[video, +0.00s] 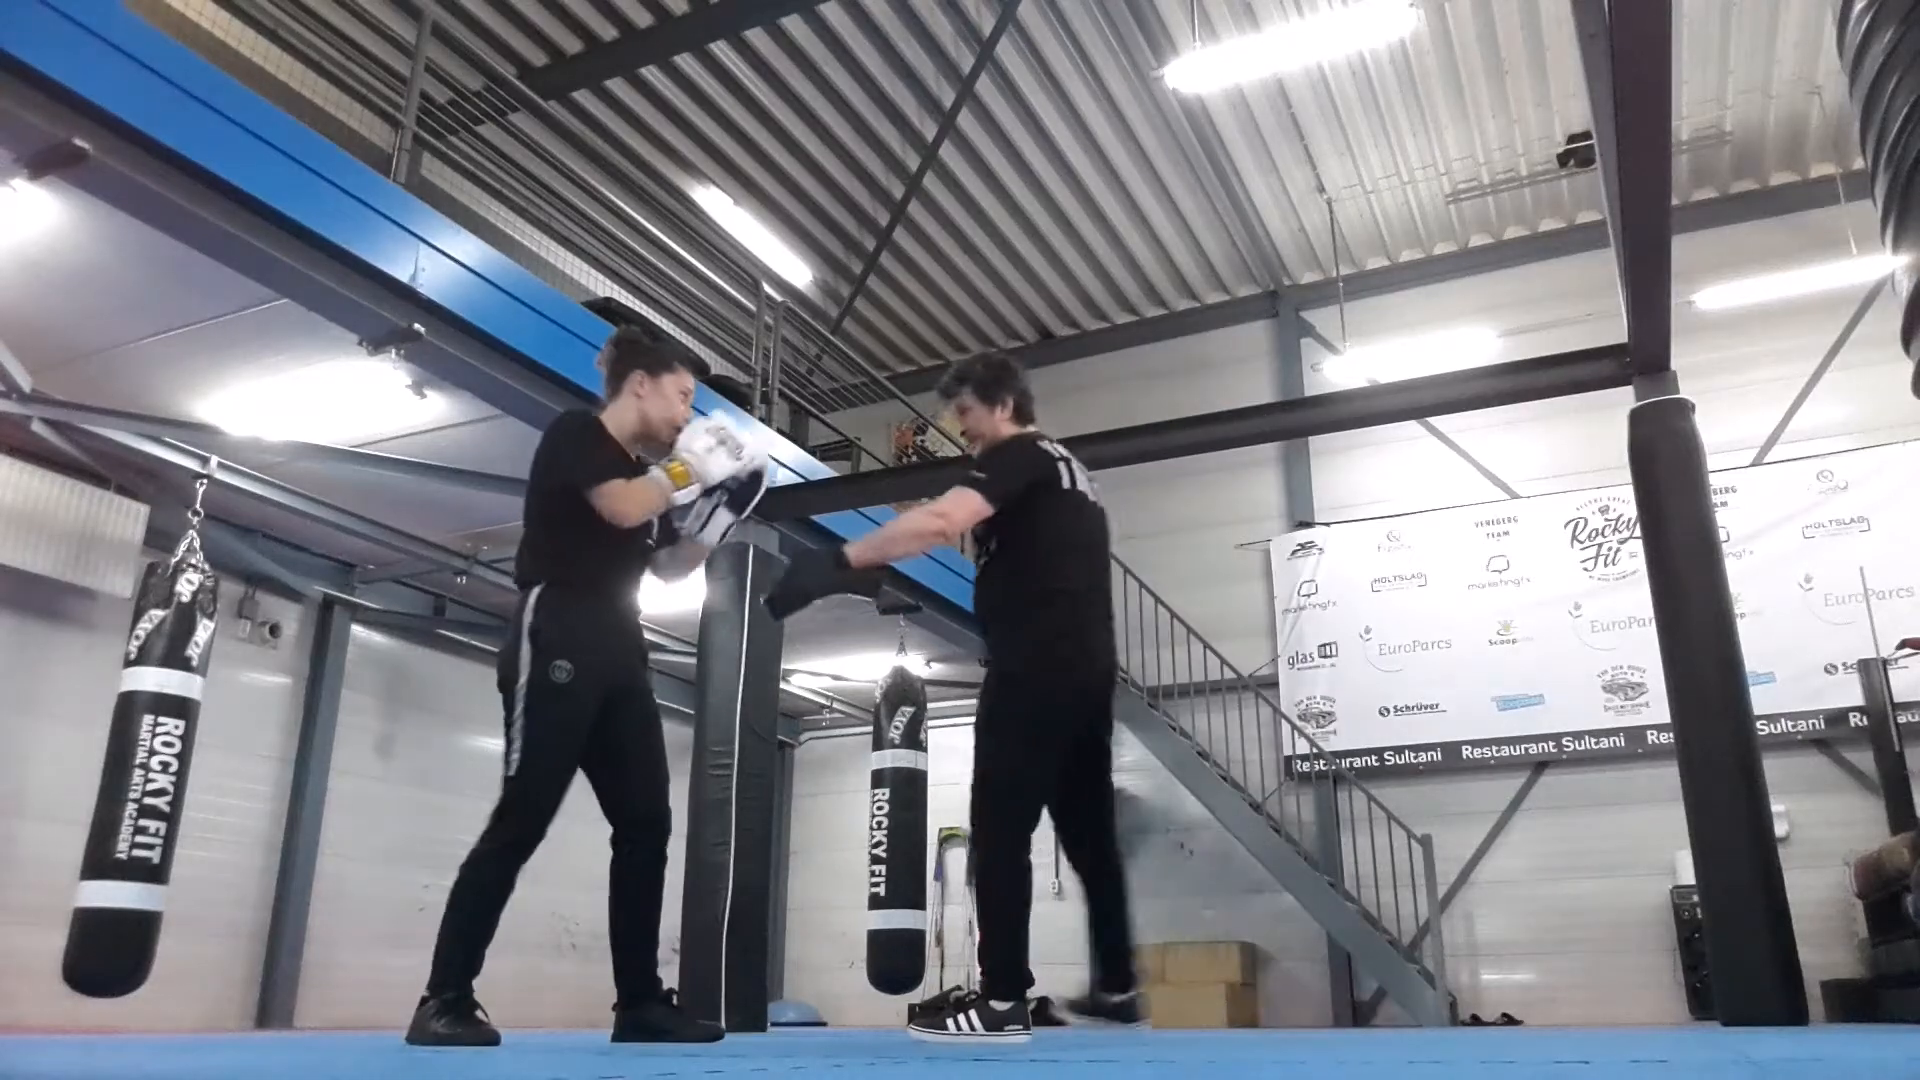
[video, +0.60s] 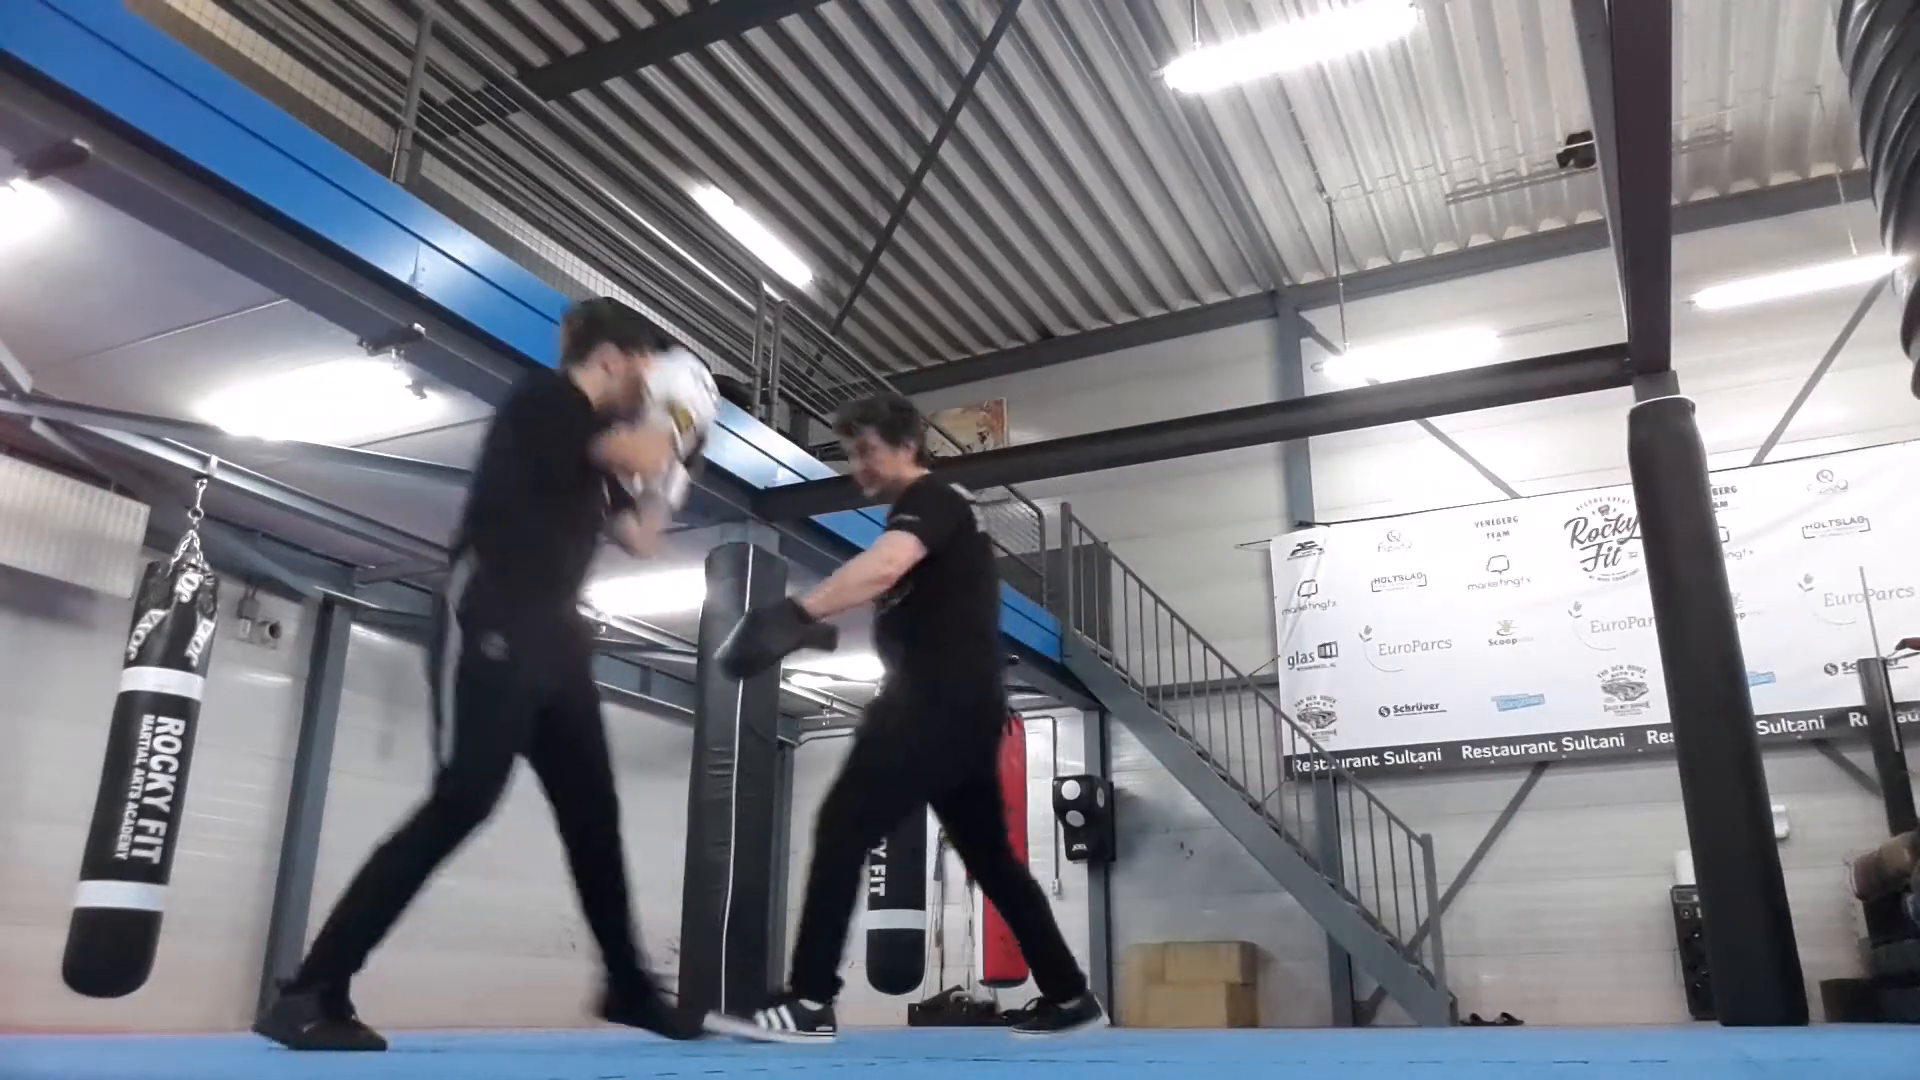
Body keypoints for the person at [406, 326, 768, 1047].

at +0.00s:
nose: (688, 415)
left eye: (692, 402)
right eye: (682, 396)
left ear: (646, 397)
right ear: (638, 385)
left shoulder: (639, 470)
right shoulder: (576, 432)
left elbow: (667, 569)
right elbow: (621, 505)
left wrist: (713, 517)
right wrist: (690, 466)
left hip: (616, 650)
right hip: (556, 641)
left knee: (645, 824)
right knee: (518, 822)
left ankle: (641, 1005)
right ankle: (444, 999)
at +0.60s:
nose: (643, 386)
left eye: (647, 375)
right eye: (640, 370)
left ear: (600, 362)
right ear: (606, 357)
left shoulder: (579, 431)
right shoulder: (547, 400)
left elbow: (635, 535)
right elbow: (630, 456)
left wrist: (661, 464)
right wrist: (674, 421)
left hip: (552, 626)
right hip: (500, 615)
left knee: (589, 810)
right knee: (465, 795)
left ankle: (629, 986)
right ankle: (314, 989)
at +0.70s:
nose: (624, 348)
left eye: (626, 337)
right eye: (621, 333)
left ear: (583, 322)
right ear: (586, 313)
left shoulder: (556, 397)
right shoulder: (524, 346)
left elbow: (603, 503)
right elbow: (602, 418)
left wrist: (668, 441)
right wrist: (646, 385)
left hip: (508, 575)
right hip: (451, 556)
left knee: (571, 762)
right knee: (441, 750)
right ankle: (298, 969)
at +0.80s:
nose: (602, 330)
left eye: (606, 316)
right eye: (597, 309)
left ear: (554, 303)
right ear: (557, 291)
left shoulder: (532, 379)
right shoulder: (492, 327)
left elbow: (558, 503)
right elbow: (557, 417)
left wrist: (641, 470)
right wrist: (618, 382)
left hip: (471, 572)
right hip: (420, 551)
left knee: (525, 768)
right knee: (406, 735)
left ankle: (401, 954)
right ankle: (211, 932)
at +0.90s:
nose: (568, 341)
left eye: (571, 326)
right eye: (565, 321)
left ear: (520, 307)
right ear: (521, 304)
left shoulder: (491, 392)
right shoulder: (450, 344)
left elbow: (481, 528)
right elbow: (494, 442)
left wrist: (586, 506)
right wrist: (567, 414)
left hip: (433, 604)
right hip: (387, 581)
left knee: (468, 812)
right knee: (320, 759)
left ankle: (357, 1002)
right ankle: (88, 946)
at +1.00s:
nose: (534, 356)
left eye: (536, 339)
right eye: (531, 334)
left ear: (483, 320)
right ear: (489, 314)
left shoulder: (445, 393)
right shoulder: (414, 347)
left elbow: (420, 503)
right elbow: (431, 462)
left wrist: (521, 525)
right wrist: (518, 439)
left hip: (382, 625)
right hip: (326, 603)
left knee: (446, 818)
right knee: (250, 793)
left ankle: (356, 1004)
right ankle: (22, 971)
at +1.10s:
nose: (516, 319)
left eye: (519, 303)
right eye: (513, 298)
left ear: (467, 284)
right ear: (472, 277)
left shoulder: (426, 362)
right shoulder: (379, 298)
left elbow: (370, 482)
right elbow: (394, 395)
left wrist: (462, 498)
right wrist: (491, 385)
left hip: (350, 584)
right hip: (285, 557)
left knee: (390, 779)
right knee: (208, 750)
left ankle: (361, 985)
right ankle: (16, 970)